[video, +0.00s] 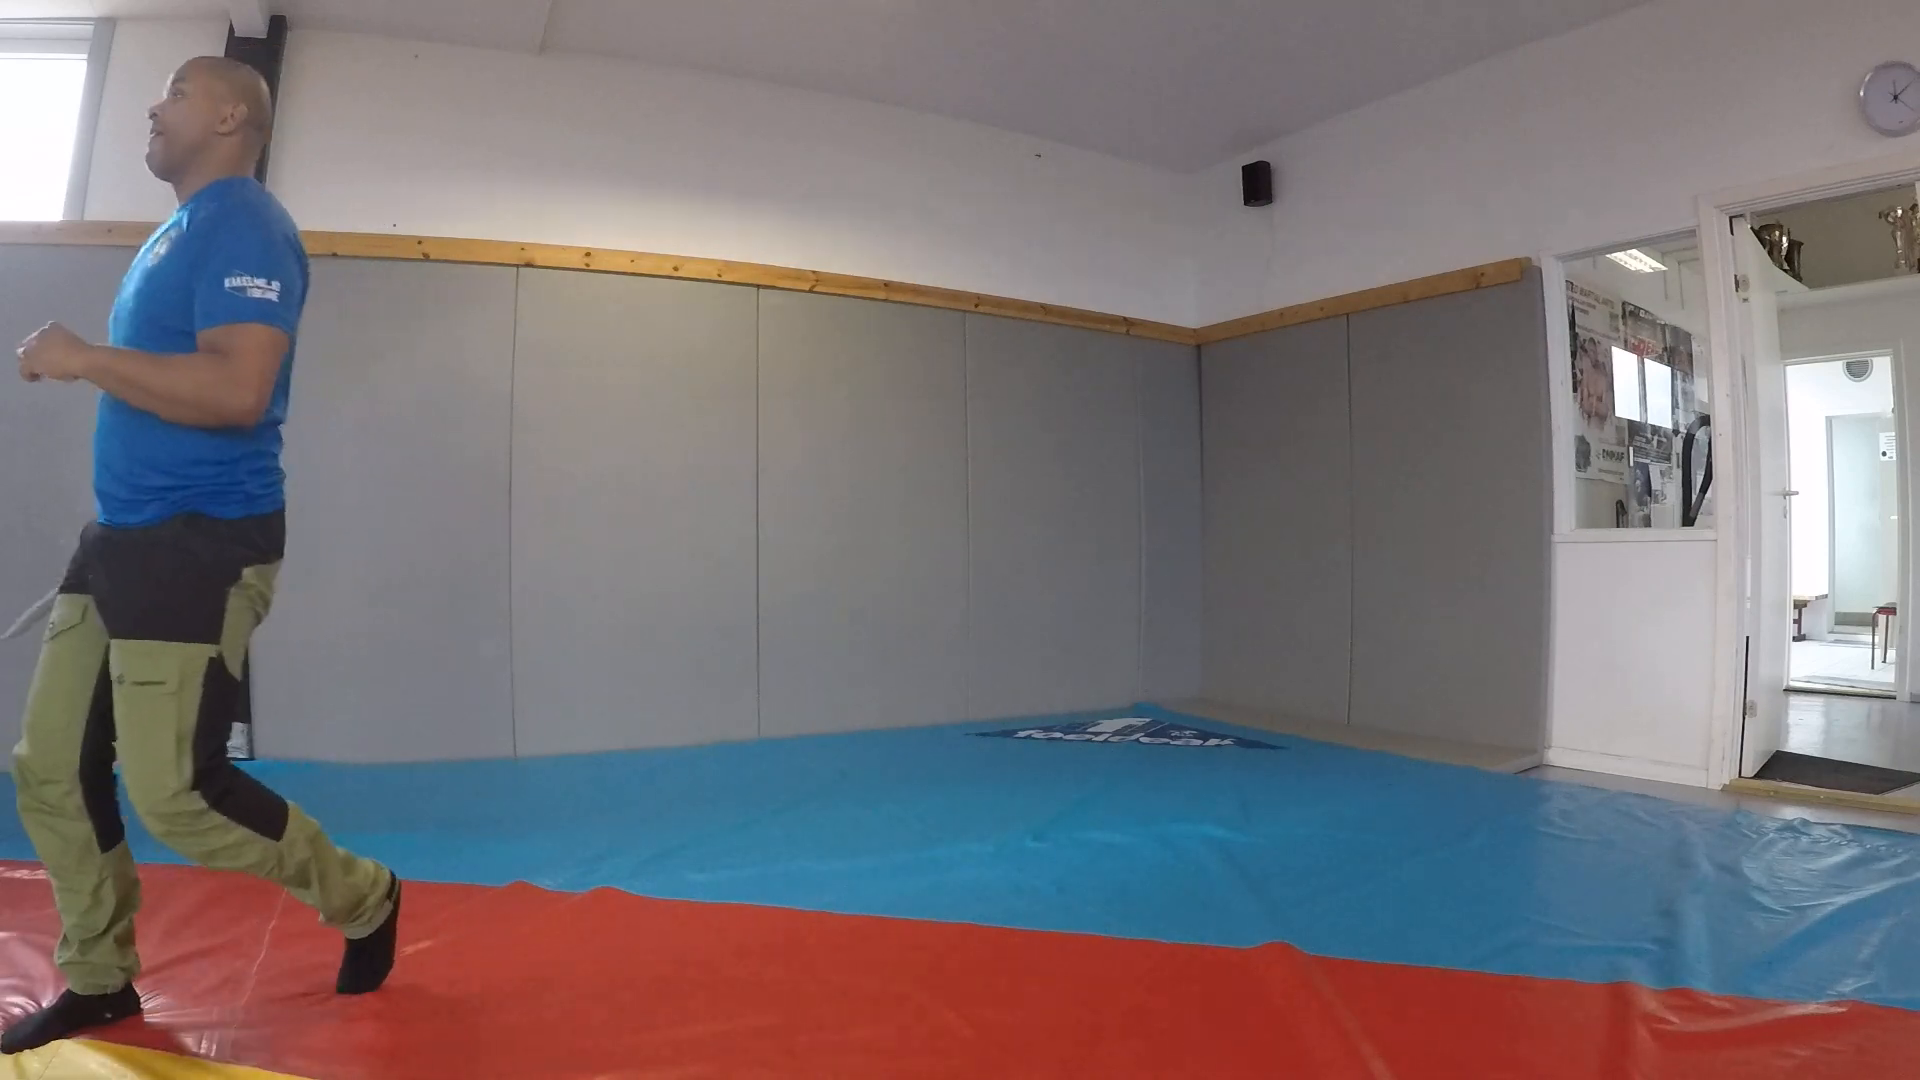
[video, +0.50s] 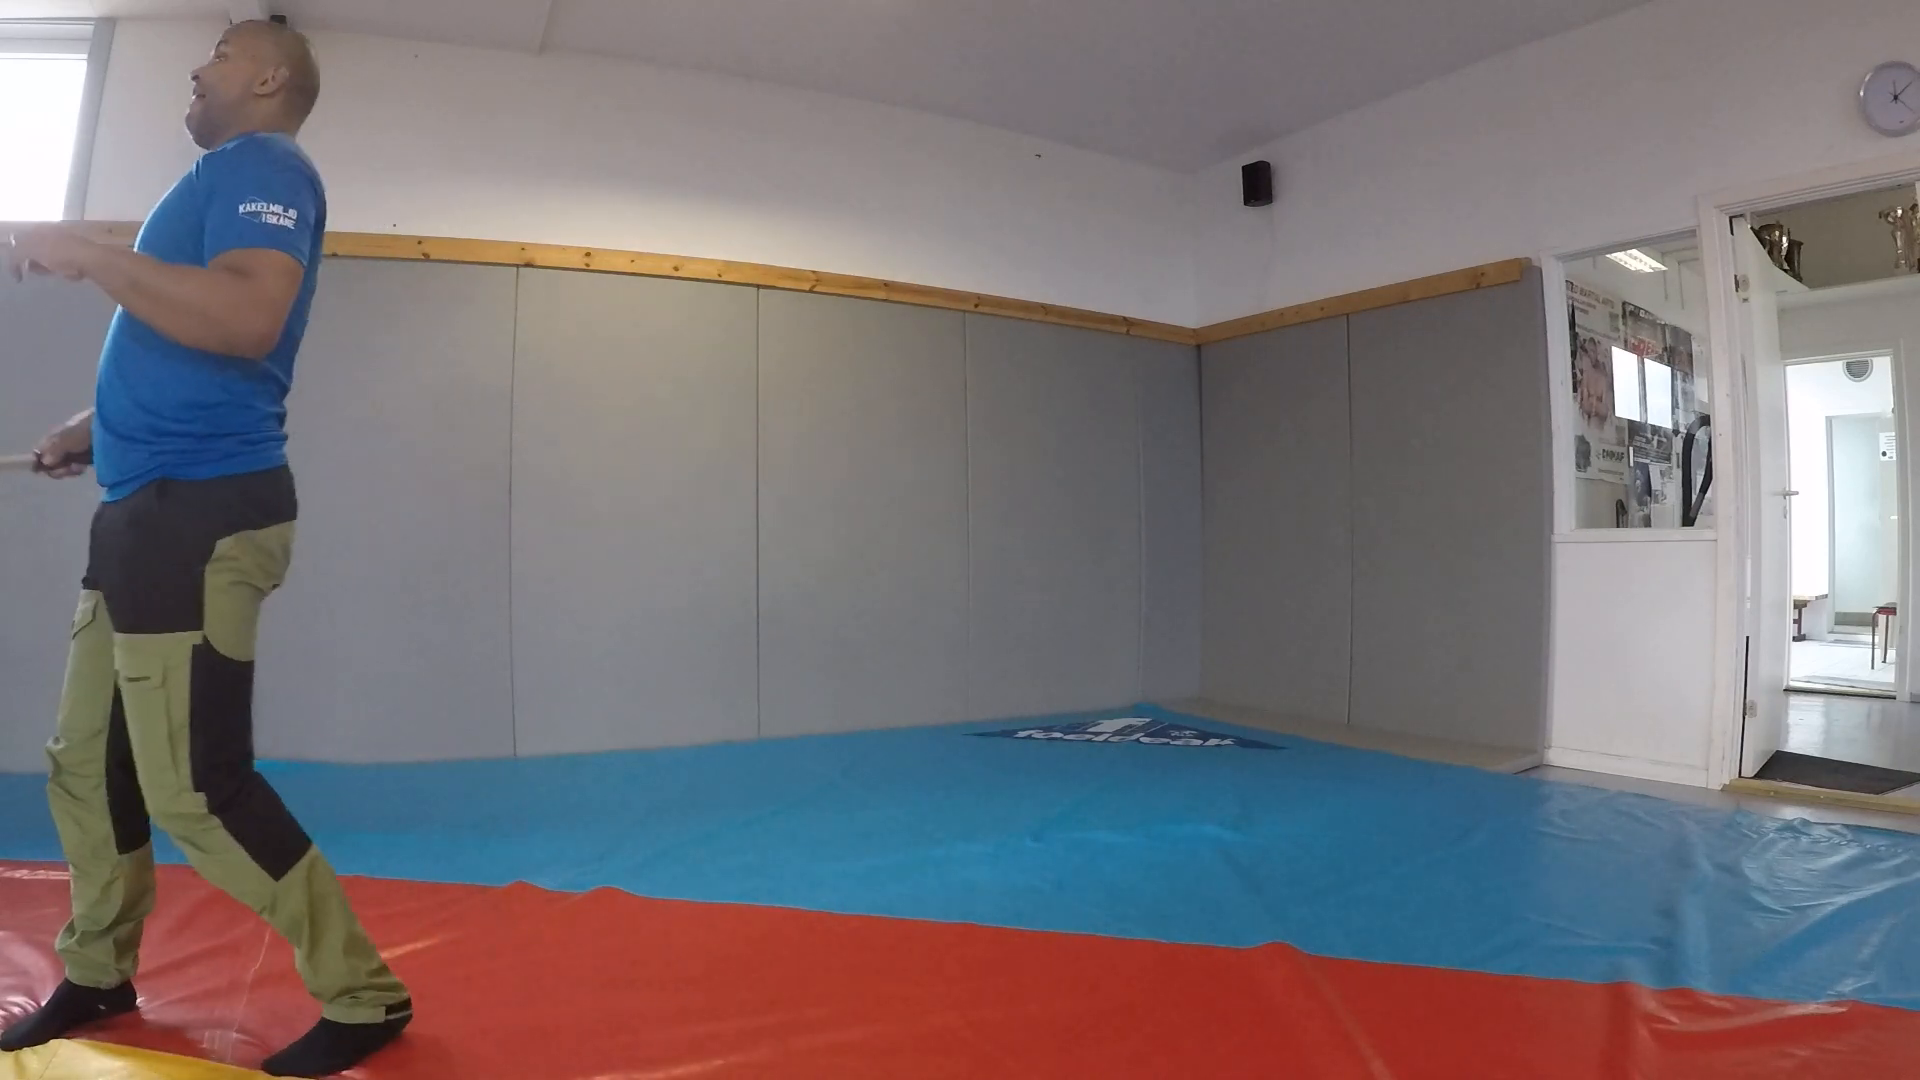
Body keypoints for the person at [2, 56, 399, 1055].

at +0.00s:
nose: (154, 110)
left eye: (175, 94)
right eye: (161, 94)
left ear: (230, 117)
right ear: (219, 118)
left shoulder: (249, 221)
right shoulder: (189, 229)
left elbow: (240, 390)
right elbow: (201, 383)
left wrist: (90, 359)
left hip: (205, 543)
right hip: (125, 537)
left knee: (179, 796)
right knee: (54, 771)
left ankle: (365, 897)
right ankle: (100, 981)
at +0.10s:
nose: (132, 96)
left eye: (155, 82)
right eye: (140, 82)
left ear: (209, 105)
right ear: (191, 107)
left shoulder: (220, 191)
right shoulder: (163, 215)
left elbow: (225, 346)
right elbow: (137, 388)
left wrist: (70, 328)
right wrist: (56, 496)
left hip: (181, 518)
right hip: (106, 522)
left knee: (122, 771)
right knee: (44, 766)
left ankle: (329, 896)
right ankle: (98, 982)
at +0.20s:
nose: (131, 80)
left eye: (152, 66)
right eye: (138, 66)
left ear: (207, 87)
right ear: (197, 88)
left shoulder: (217, 162)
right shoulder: (161, 187)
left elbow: (231, 297)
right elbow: (138, 355)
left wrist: (75, 263)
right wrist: (43, 422)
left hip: (173, 490)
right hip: (115, 491)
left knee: (104, 749)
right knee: (60, 752)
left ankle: (307, 920)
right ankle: (98, 974)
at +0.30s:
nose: (143, 76)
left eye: (164, 63)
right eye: (151, 62)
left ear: (219, 81)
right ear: (211, 82)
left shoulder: (229, 155)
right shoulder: (175, 174)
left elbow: (238, 278)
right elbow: (137, 340)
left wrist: (91, 221)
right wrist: (35, 392)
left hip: (170, 491)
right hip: (117, 488)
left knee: (113, 757)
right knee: (71, 754)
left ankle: (317, 945)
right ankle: (98, 975)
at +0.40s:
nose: (167, 73)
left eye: (187, 61)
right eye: (174, 60)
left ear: (239, 83)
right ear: (232, 85)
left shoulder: (243, 161)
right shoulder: (191, 174)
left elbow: (243, 297)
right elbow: (158, 343)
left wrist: (89, 223)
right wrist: (57, 395)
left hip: (180, 502)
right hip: (122, 499)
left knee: (140, 779)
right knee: (71, 766)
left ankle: (343, 979)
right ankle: (98, 979)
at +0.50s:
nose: (198, 66)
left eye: (218, 53)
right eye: (207, 53)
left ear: (264, 78)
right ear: (259, 83)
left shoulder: (267, 166)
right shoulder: (215, 182)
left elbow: (252, 319)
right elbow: (194, 356)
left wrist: (99, 255)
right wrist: (94, 429)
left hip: (205, 510)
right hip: (143, 507)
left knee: (199, 787)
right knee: (88, 763)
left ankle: (365, 998)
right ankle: (97, 978)